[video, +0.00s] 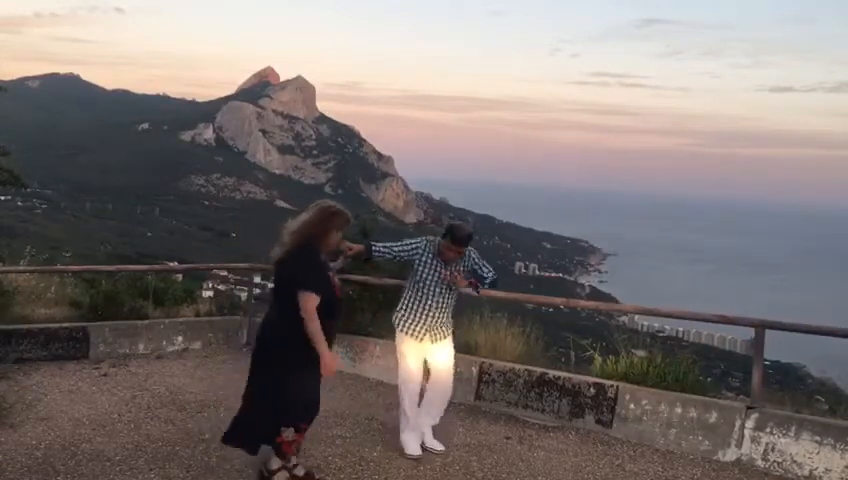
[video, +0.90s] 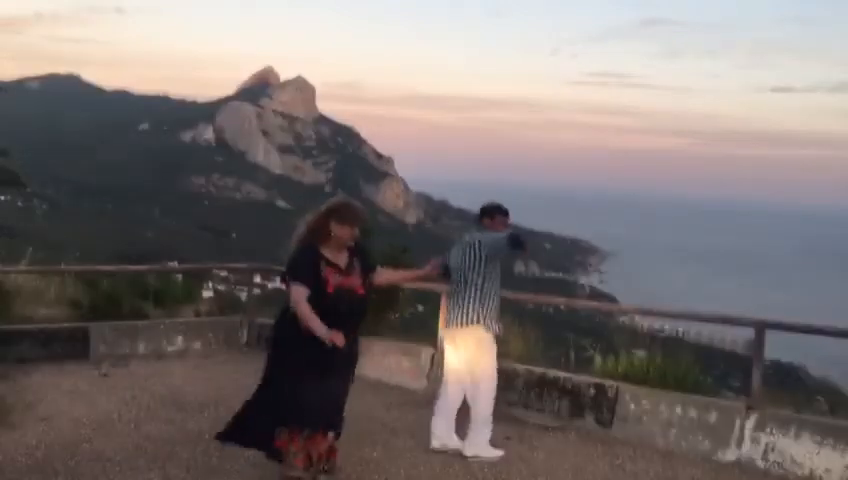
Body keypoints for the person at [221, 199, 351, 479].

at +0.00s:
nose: (340, 239)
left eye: (341, 233)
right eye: (338, 233)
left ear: (314, 225)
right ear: (326, 231)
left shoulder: (296, 254)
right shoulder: (310, 262)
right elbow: (308, 313)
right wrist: (325, 353)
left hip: (280, 339)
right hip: (297, 344)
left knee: (287, 399)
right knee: (304, 404)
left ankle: (279, 457)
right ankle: (283, 461)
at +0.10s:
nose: (341, 241)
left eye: (343, 236)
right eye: (339, 235)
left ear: (321, 230)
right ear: (325, 230)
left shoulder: (298, 254)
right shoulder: (309, 260)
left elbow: (300, 293)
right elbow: (306, 308)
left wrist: (332, 284)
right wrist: (330, 342)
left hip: (284, 340)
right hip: (301, 344)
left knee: (286, 400)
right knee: (313, 408)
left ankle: (277, 457)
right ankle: (286, 464)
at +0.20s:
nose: (344, 239)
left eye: (347, 234)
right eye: (343, 233)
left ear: (323, 228)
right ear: (328, 228)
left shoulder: (306, 254)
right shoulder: (309, 256)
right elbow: (305, 298)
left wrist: (339, 297)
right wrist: (338, 319)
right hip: (301, 343)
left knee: (279, 400)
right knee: (311, 401)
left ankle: (284, 463)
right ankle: (295, 462)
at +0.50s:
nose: (346, 242)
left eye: (348, 237)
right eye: (343, 235)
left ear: (330, 234)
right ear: (326, 230)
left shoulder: (329, 266)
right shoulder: (298, 253)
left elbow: (335, 309)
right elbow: (294, 284)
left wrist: (358, 335)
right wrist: (332, 274)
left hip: (316, 352)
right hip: (283, 350)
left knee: (322, 412)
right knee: (290, 412)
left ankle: (295, 460)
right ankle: (285, 468)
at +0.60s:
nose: (346, 243)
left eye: (347, 237)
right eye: (342, 236)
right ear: (323, 233)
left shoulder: (334, 266)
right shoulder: (297, 257)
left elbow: (348, 305)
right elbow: (290, 286)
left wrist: (376, 329)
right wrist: (337, 282)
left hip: (322, 351)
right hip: (287, 350)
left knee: (331, 413)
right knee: (290, 407)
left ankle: (307, 456)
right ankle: (283, 458)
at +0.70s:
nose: (346, 237)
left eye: (349, 232)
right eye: (341, 230)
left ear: (352, 235)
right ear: (325, 228)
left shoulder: (346, 264)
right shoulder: (301, 254)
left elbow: (361, 293)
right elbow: (293, 290)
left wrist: (397, 310)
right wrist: (339, 297)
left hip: (327, 347)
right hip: (289, 347)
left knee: (332, 411)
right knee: (290, 411)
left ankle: (313, 458)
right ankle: (284, 466)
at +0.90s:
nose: (353, 232)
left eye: (355, 227)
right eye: (347, 225)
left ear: (356, 230)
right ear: (330, 225)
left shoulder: (357, 257)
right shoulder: (308, 255)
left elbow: (379, 277)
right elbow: (298, 303)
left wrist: (422, 273)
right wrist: (326, 333)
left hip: (341, 341)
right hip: (303, 338)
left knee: (330, 402)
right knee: (301, 399)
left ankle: (321, 463)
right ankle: (295, 464)